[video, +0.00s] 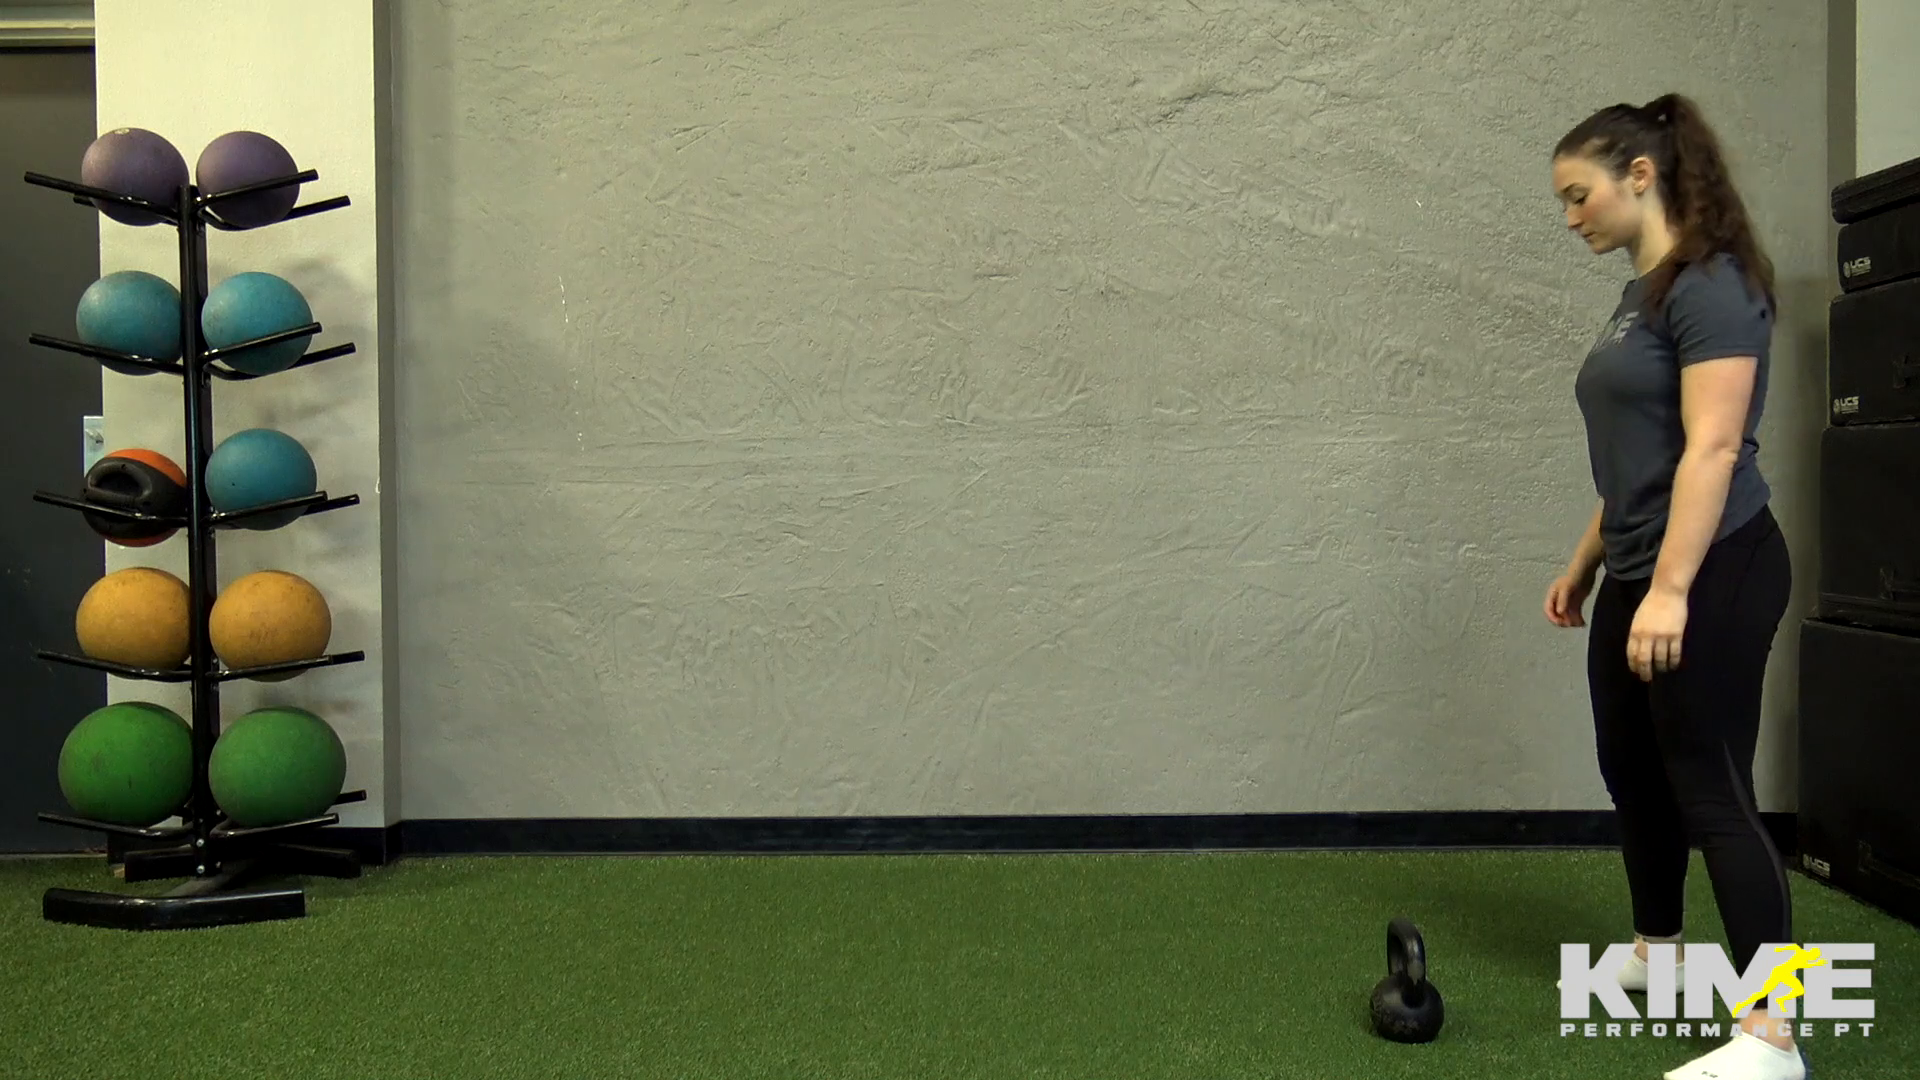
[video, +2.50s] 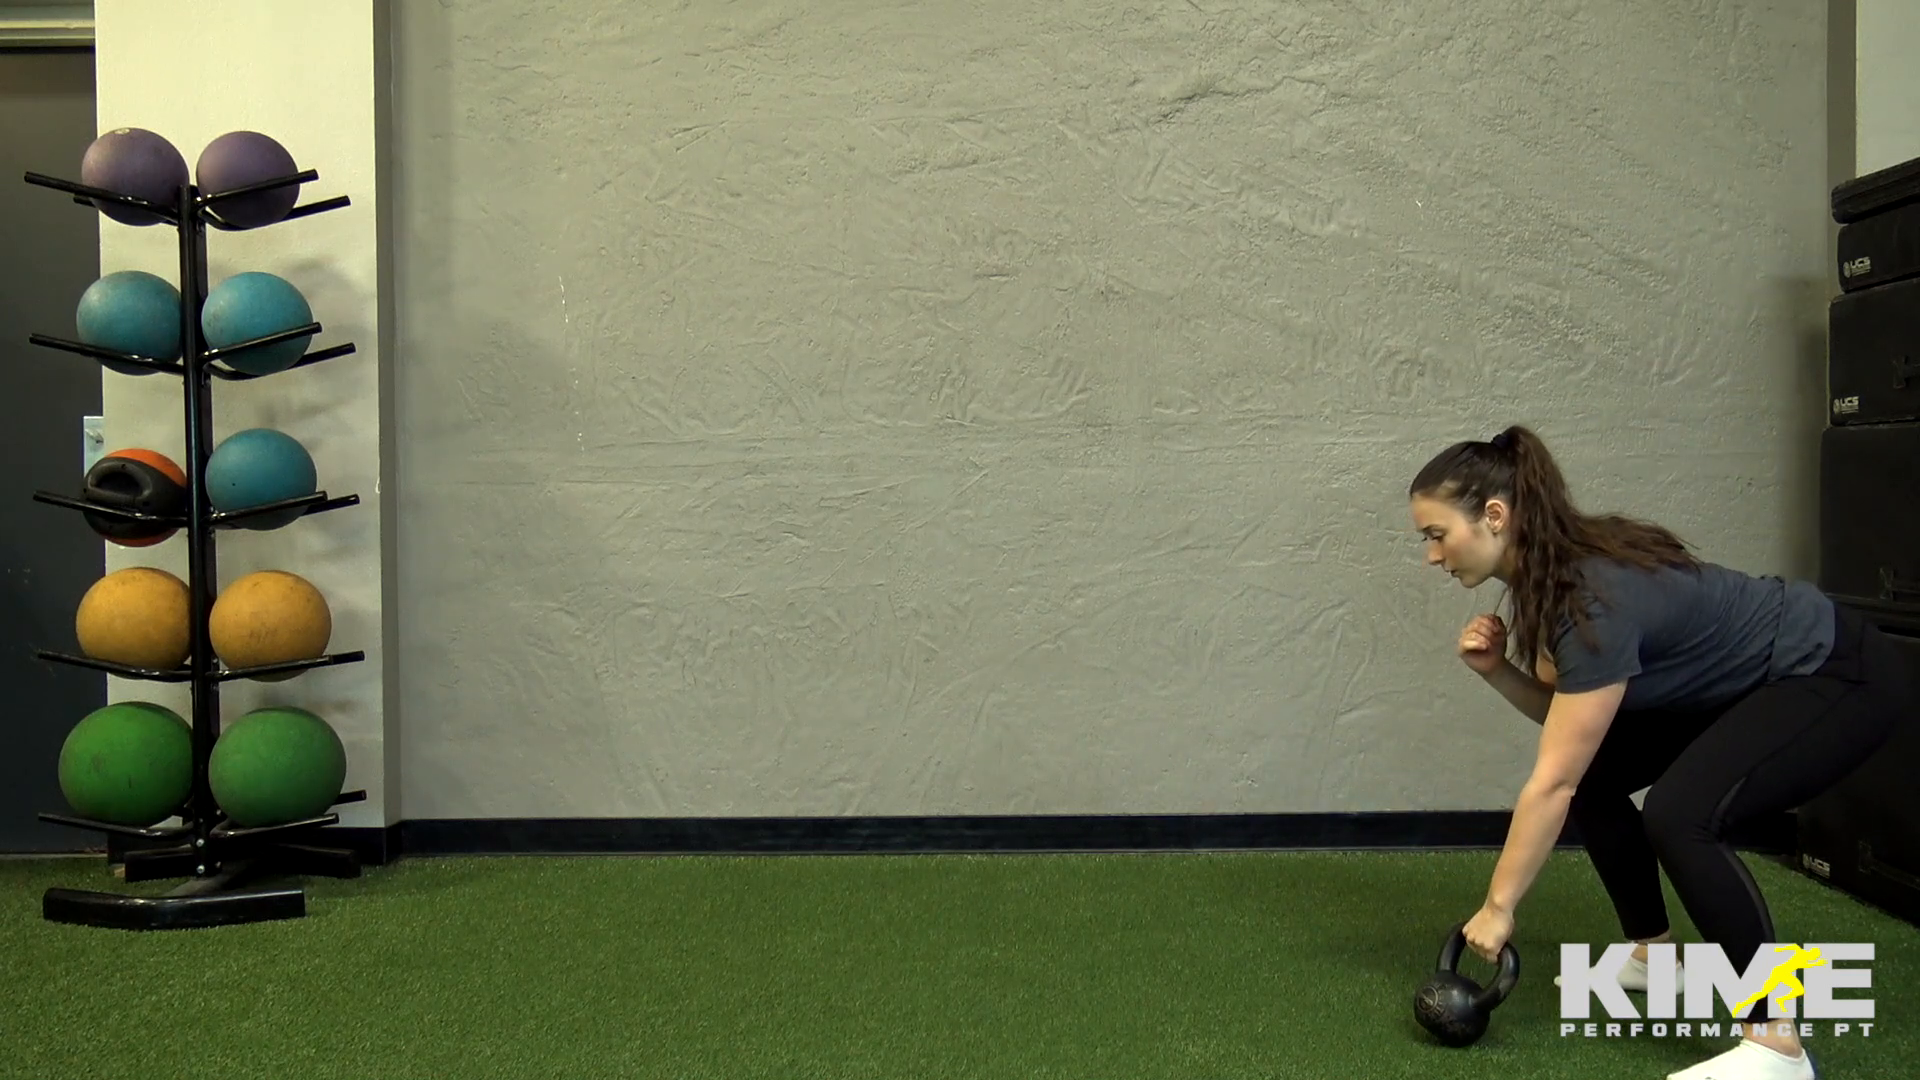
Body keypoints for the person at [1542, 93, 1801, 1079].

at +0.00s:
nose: (1572, 221)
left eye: (1578, 198)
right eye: (1565, 204)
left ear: (1641, 176)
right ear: (1636, 185)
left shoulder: (1713, 287)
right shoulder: (1649, 290)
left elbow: (1716, 448)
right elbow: (1644, 455)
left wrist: (1669, 588)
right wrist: (1589, 555)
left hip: (1715, 564)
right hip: (1640, 564)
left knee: (1708, 786)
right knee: (1637, 776)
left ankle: (1772, 1026)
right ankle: (1660, 965)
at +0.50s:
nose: (1463, 411)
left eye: (1464, 390)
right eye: (1454, 396)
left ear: (1516, 358)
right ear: (1514, 360)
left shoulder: (1613, 434)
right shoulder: (1578, 428)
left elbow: (1575, 611)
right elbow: (1611, 537)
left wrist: (1503, 742)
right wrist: (1555, 592)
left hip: (1823, 603)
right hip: (1740, 608)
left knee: (1699, 800)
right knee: (1620, 766)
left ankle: (1780, 1034)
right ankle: (1657, 961)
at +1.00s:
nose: (1427, 575)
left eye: (1428, 555)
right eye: (1419, 561)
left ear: (1482, 527)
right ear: (1484, 528)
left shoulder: (1572, 603)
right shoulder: (1547, 570)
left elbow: (1515, 782)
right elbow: (1585, 715)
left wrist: (1442, 886)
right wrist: (1508, 682)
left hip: (1829, 679)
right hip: (1753, 672)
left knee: (1665, 818)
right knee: (1580, 771)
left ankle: (1776, 1034)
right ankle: (1652, 952)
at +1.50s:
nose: (1430, 568)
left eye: (1433, 548)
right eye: (1422, 552)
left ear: (1489, 523)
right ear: (1491, 523)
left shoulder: (1576, 603)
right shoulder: (1557, 562)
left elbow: (1537, 795)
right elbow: (1585, 708)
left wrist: (1493, 920)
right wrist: (1514, 681)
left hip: (1837, 668)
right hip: (1760, 662)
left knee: (1678, 813)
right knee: (1589, 773)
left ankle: (1777, 1038)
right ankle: (1656, 957)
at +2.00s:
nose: (1427, 561)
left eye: (1431, 540)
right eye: (1420, 544)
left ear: (1491, 520)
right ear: (1490, 522)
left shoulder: (1593, 603)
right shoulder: (1555, 581)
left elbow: (1554, 794)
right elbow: (1560, 725)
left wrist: (1493, 913)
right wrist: (1492, 678)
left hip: (1834, 677)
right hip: (1761, 672)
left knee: (1672, 819)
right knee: (1585, 779)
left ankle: (1776, 1037)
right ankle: (1654, 957)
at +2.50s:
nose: (1432, 556)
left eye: (1437, 535)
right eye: (1425, 539)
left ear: (1496, 515)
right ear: (1495, 517)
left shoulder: (1596, 599)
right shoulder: (1558, 575)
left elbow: (1554, 785)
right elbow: (1566, 714)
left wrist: (1497, 909)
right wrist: (1499, 672)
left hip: (1839, 671)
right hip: (1762, 668)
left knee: (1679, 815)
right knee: (1588, 775)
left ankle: (1778, 1038)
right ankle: (1654, 955)